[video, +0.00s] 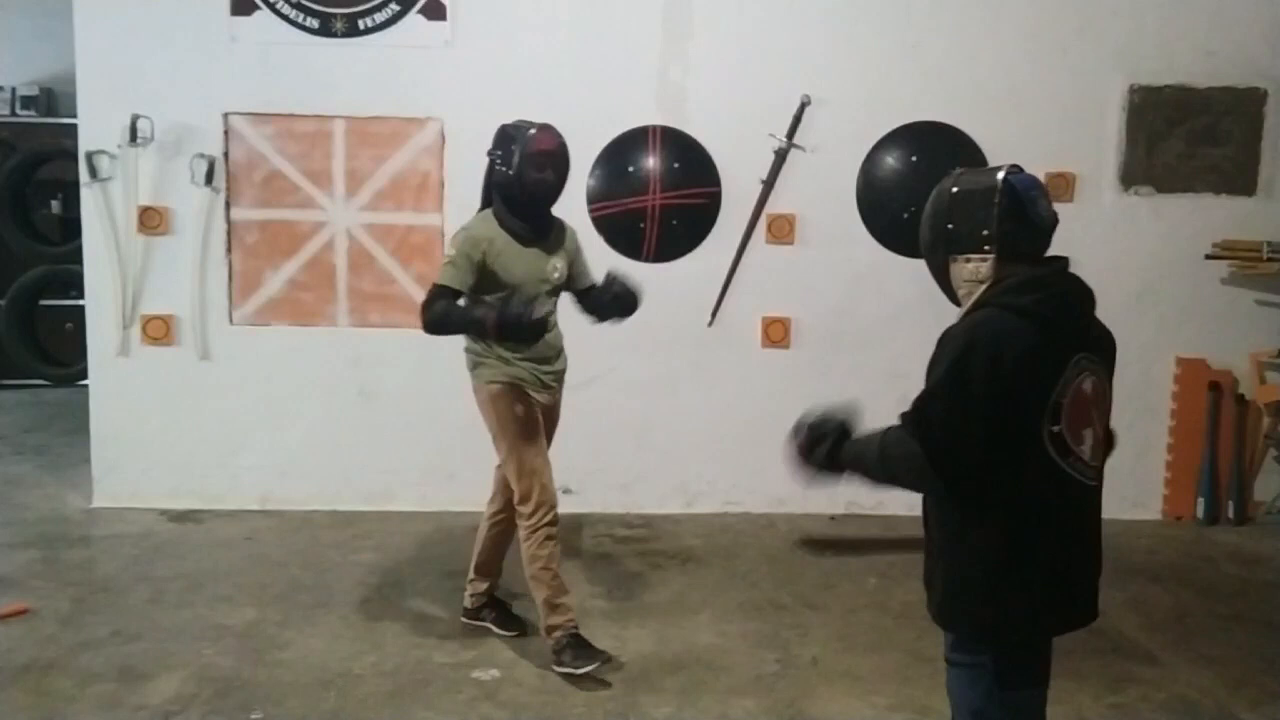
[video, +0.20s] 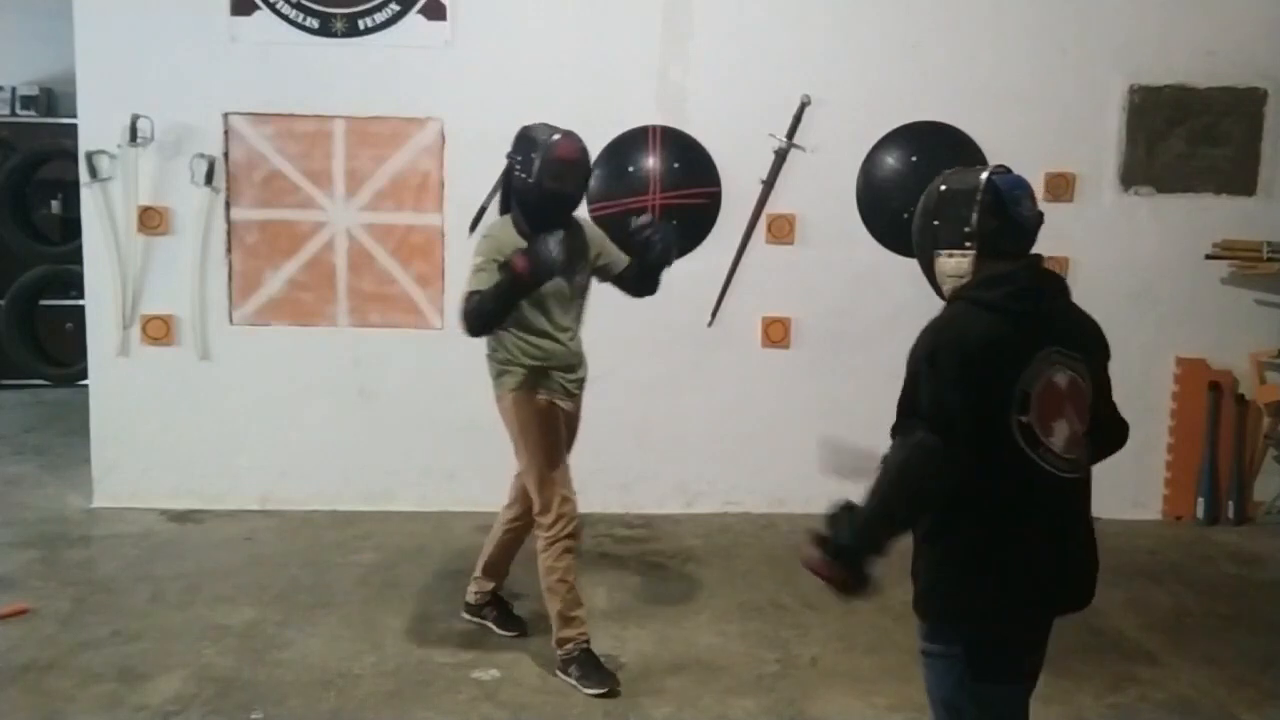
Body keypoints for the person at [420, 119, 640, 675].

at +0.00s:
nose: (548, 180)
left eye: (556, 169)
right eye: (537, 168)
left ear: (563, 175)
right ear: (504, 169)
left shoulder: (561, 237)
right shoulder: (478, 236)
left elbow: (588, 299)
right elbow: (434, 314)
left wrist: (612, 299)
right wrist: (494, 314)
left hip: (548, 374)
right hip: (498, 374)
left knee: (512, 490)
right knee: (537, 496)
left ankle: (479, 596)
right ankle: (563, 635)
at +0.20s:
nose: (569, 199)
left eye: (575, 188)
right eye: (558, 186)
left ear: (580, 187)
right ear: (526, 180)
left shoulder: (579, 232)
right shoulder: (499, 237)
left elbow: (638, 284)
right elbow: (474, 320)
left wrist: (654, 249)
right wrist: (527, 274)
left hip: (568, 379)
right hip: (521, 380)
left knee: (529, 499)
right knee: (559, 515)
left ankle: (482, 594)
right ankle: (572, 647)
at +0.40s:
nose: (599, 197)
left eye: (603, 186)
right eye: (588, 185)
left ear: (603, 190)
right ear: (555, 184)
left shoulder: (605, 234)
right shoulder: (523, 246)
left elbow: (649, 295)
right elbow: (515, 335)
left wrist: (664, 260)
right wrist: (556, 282)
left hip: (592, 390)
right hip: (545, 393)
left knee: (597, 504)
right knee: (573, 518)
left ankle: (520, 572)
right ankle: (574, 648)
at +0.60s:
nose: (630, 216)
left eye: (633, 204)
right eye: (620, 202)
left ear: (631, 207)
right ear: (589, 199)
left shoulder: (631, 247)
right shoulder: (549, 254)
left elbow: (654, 314)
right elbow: (532, 347)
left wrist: (675, 314)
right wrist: (584, 305)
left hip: (609, 385)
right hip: (561, 389)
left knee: (638, 488)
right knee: (590, 519)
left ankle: (610, 579)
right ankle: (574, 649)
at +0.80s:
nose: (647, 230)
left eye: (653, 221)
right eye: (639, 216)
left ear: (652, 222)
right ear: (609, 206)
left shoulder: (656, 255)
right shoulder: (571, 261)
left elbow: (717, 300)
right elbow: (568, 345)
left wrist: (720, 285)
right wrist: (610, 293)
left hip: (629, 389)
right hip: (579, 395)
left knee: (669, 484)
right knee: (617, 524)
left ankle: (651, 559)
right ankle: (577, 649)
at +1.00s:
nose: (650, 222)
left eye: (658, 211)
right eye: (639, 210)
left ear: (664, 212)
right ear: (612, 209)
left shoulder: (678, 254)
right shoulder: (587, 259)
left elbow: (722, 315)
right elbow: (555, 340)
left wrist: (722, 315)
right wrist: (583, 297)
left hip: (662, 383)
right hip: (613, 384)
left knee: (679, 486)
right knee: (630, 509)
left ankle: (658, 560)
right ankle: (588, 643)